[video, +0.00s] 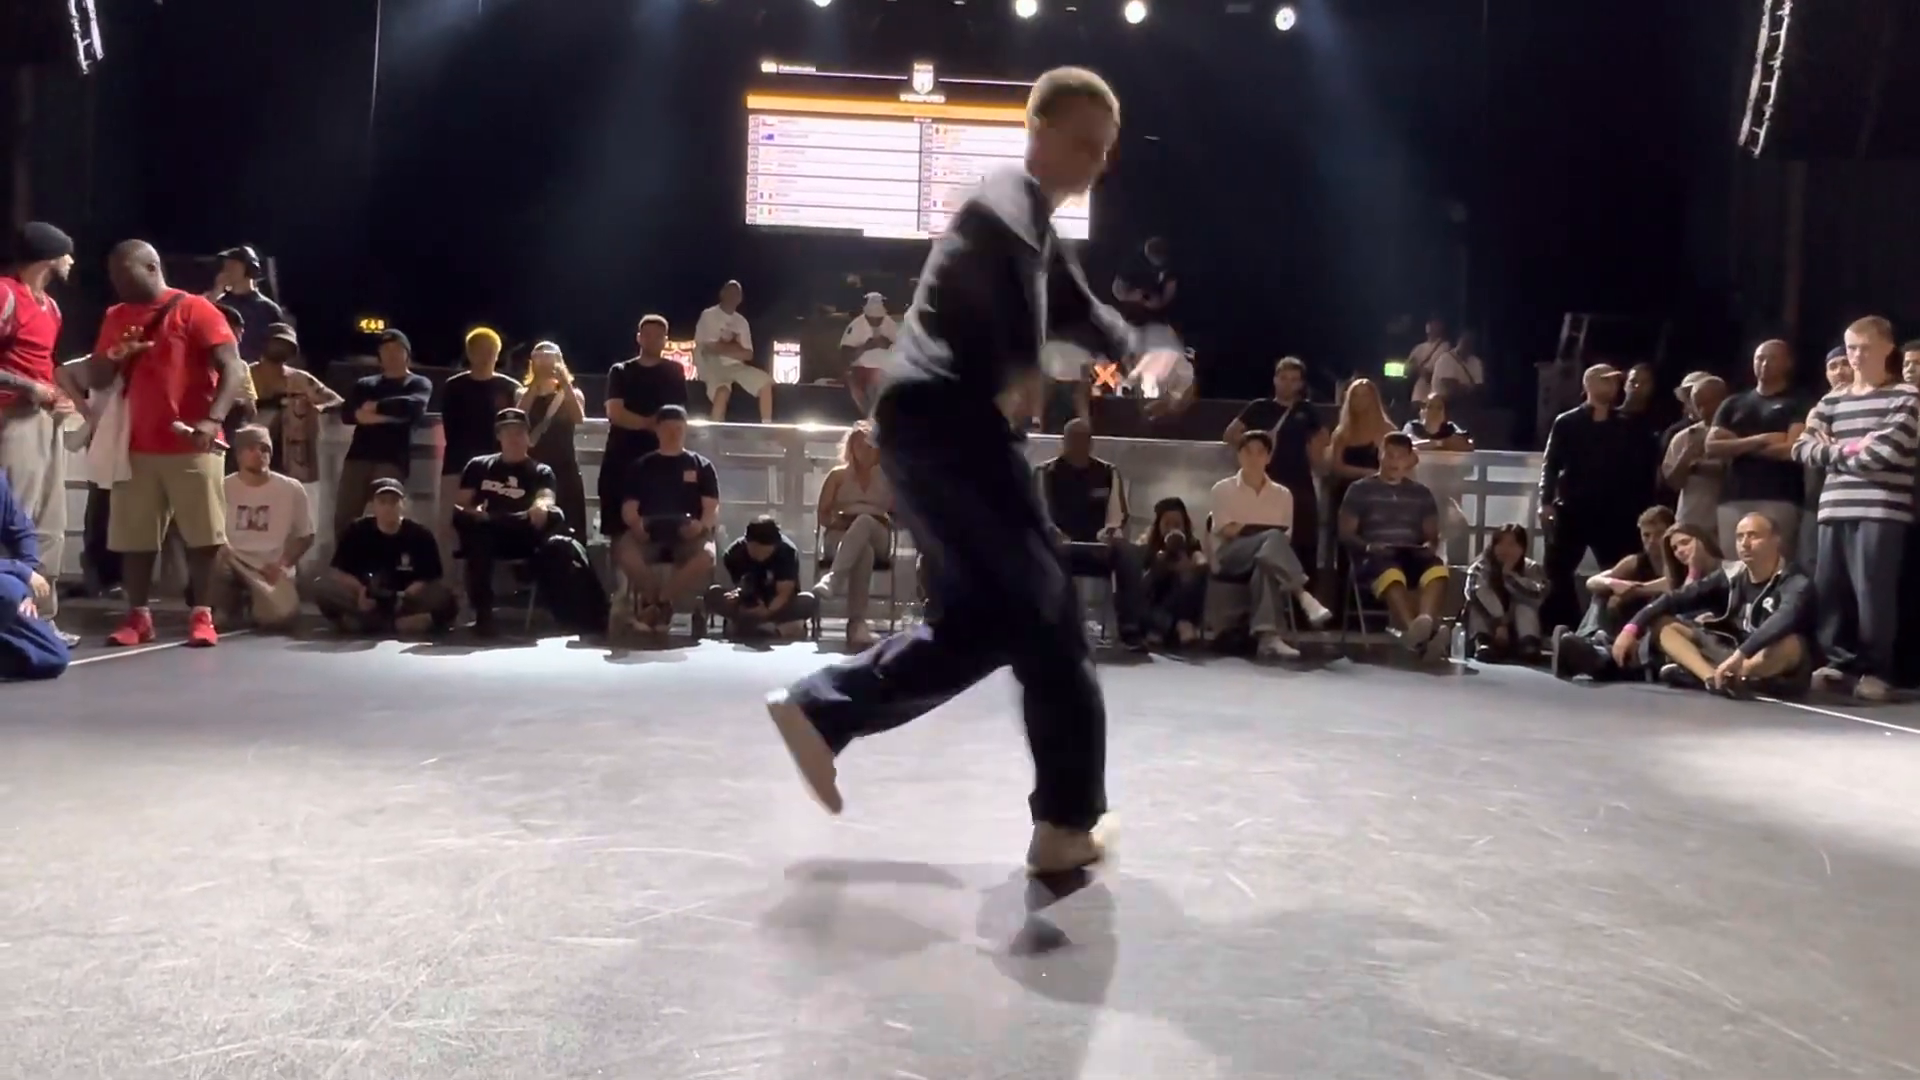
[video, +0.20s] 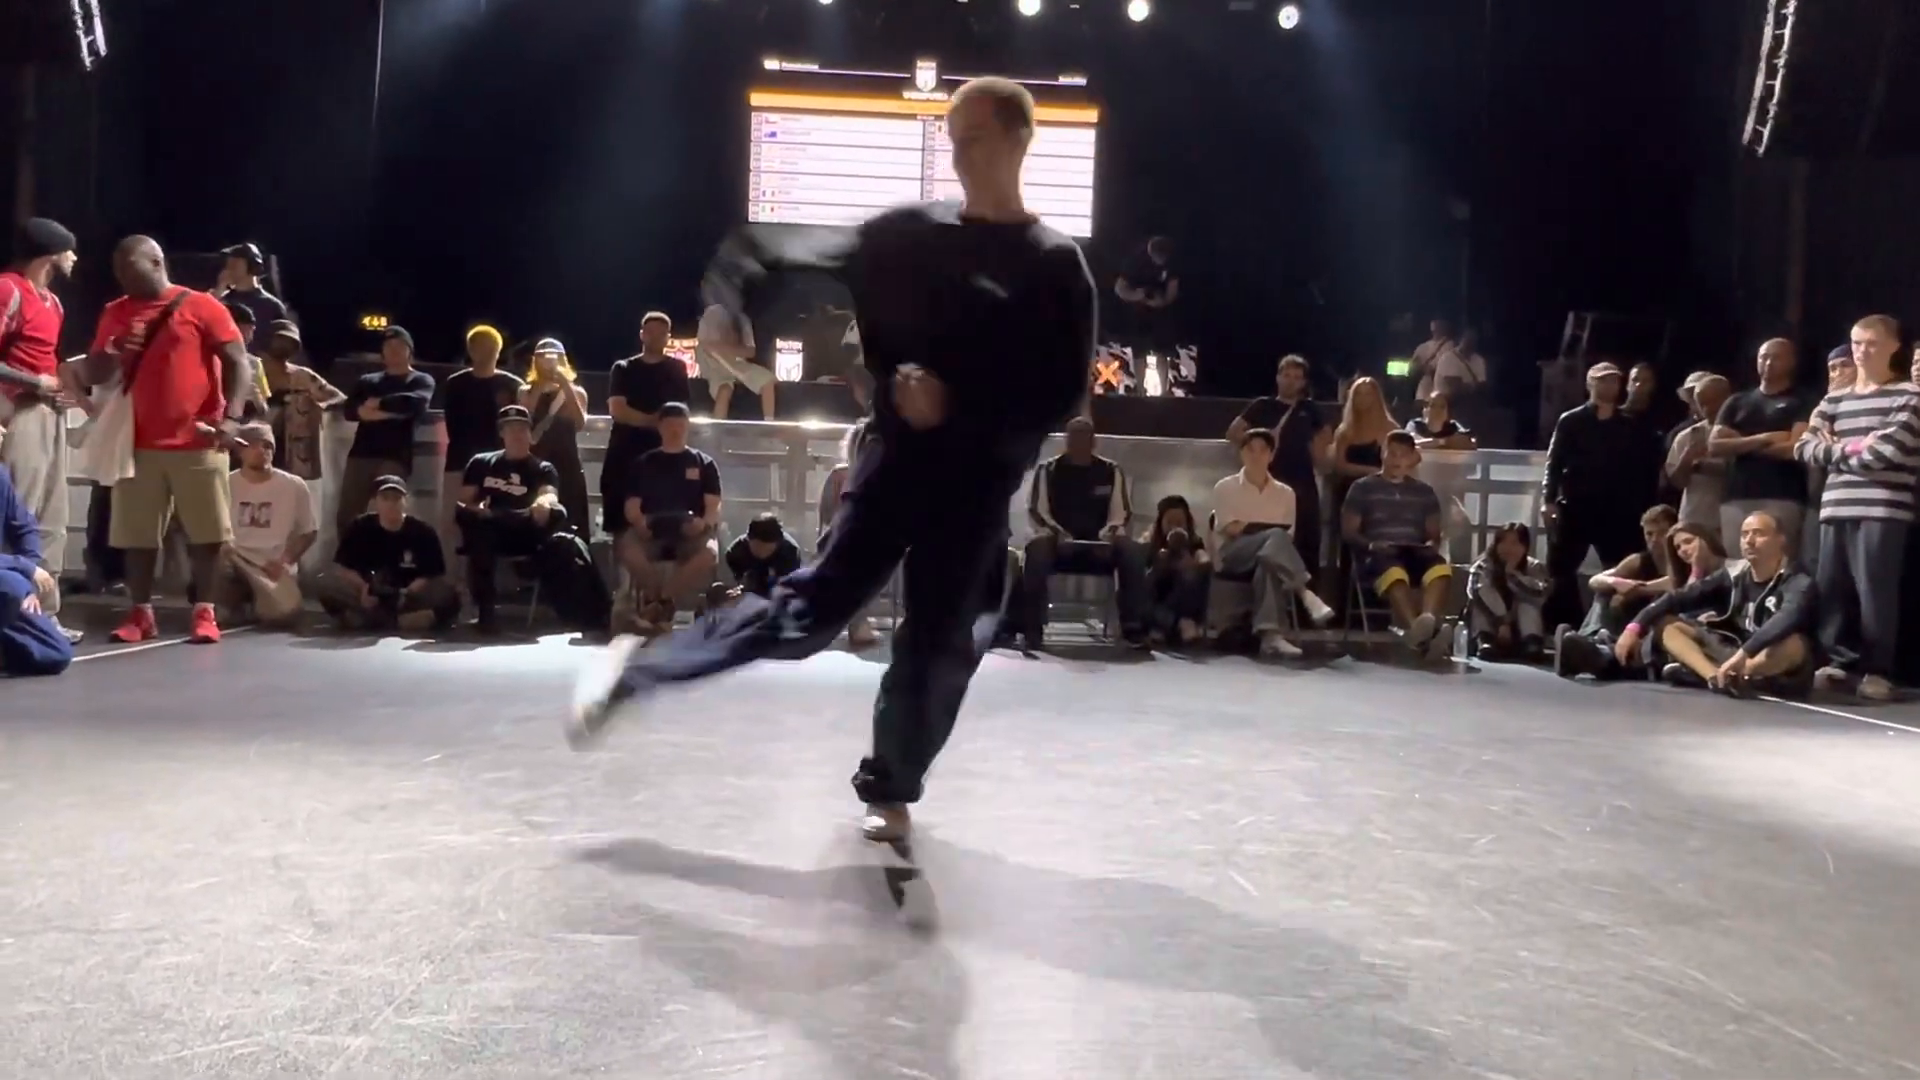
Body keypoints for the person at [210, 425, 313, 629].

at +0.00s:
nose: (259, 454)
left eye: (265, 449)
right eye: (252, 449)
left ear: (270, 454)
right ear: (238, 454)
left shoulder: (292, 488)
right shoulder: (224, 487)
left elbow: (306, 535)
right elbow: (212, 527)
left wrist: (281, 565)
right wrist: (222, 550)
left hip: (272, 568)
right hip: (234, 563)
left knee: (280, 616)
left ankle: (253, 605)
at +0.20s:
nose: (262, 452)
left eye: (268, 446)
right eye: (255, 445)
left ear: (273, 451)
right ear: (240, 449)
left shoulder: (294, 486)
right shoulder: (226, 483)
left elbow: (308, 530)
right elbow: (215, 524)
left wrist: (283, 562)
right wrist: (224, 548)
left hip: (273, 565)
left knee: (284, 612)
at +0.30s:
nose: (264, 451)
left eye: (270, 445)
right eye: (255, 445)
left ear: (275, 449)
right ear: (242, 448)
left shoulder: (297, 485)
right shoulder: (228, 482)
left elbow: (311, 530)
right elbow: (217, 523)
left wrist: (286, 561)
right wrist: (225, 545)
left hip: (275, 565)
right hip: (238, 560)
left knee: (288, 610)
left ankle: (249, 606)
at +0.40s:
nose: (266, 447)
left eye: (271, 441)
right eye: (258, 440)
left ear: (276, 446)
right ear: (244, 445)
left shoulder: (297, 483)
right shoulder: (228, 480)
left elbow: (311, 528)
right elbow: (216, 519)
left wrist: (287, 558)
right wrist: (226, 546)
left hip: (276, 563)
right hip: (238, 559)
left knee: (289, 608)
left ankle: (250, 604)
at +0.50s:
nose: (267, 445)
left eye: (272, 439)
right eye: (260, 439)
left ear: (277, 444)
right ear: (245, 443)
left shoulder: (298, 481)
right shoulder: (228, 478)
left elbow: (311, 526)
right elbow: (217, 518)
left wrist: (288, 557)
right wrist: (226, 542)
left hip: (277, 562)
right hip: (238, 557)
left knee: (290, 607)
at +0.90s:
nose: (269, 440)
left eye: (274, 435)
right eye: (262, 434)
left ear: (280, 440)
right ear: (249, 440)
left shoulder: (301, 476)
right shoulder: (230, 473)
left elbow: (313, 522)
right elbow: (215, 511)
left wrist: (294, 551)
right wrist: (226, 534)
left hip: (279, 556)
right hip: (240, 551)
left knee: (295, 601)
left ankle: (254, 598)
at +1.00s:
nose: (270, 440)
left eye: (275, 434)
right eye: (263, 434)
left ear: (280, 439)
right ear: (249, 439)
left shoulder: (302, 475)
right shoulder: (231, 473)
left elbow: (314, 521)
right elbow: (219, 507)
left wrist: (296, 550)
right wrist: (227, 529)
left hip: (282, 555)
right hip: (242, 550)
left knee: (296, 600)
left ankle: (258, 595)